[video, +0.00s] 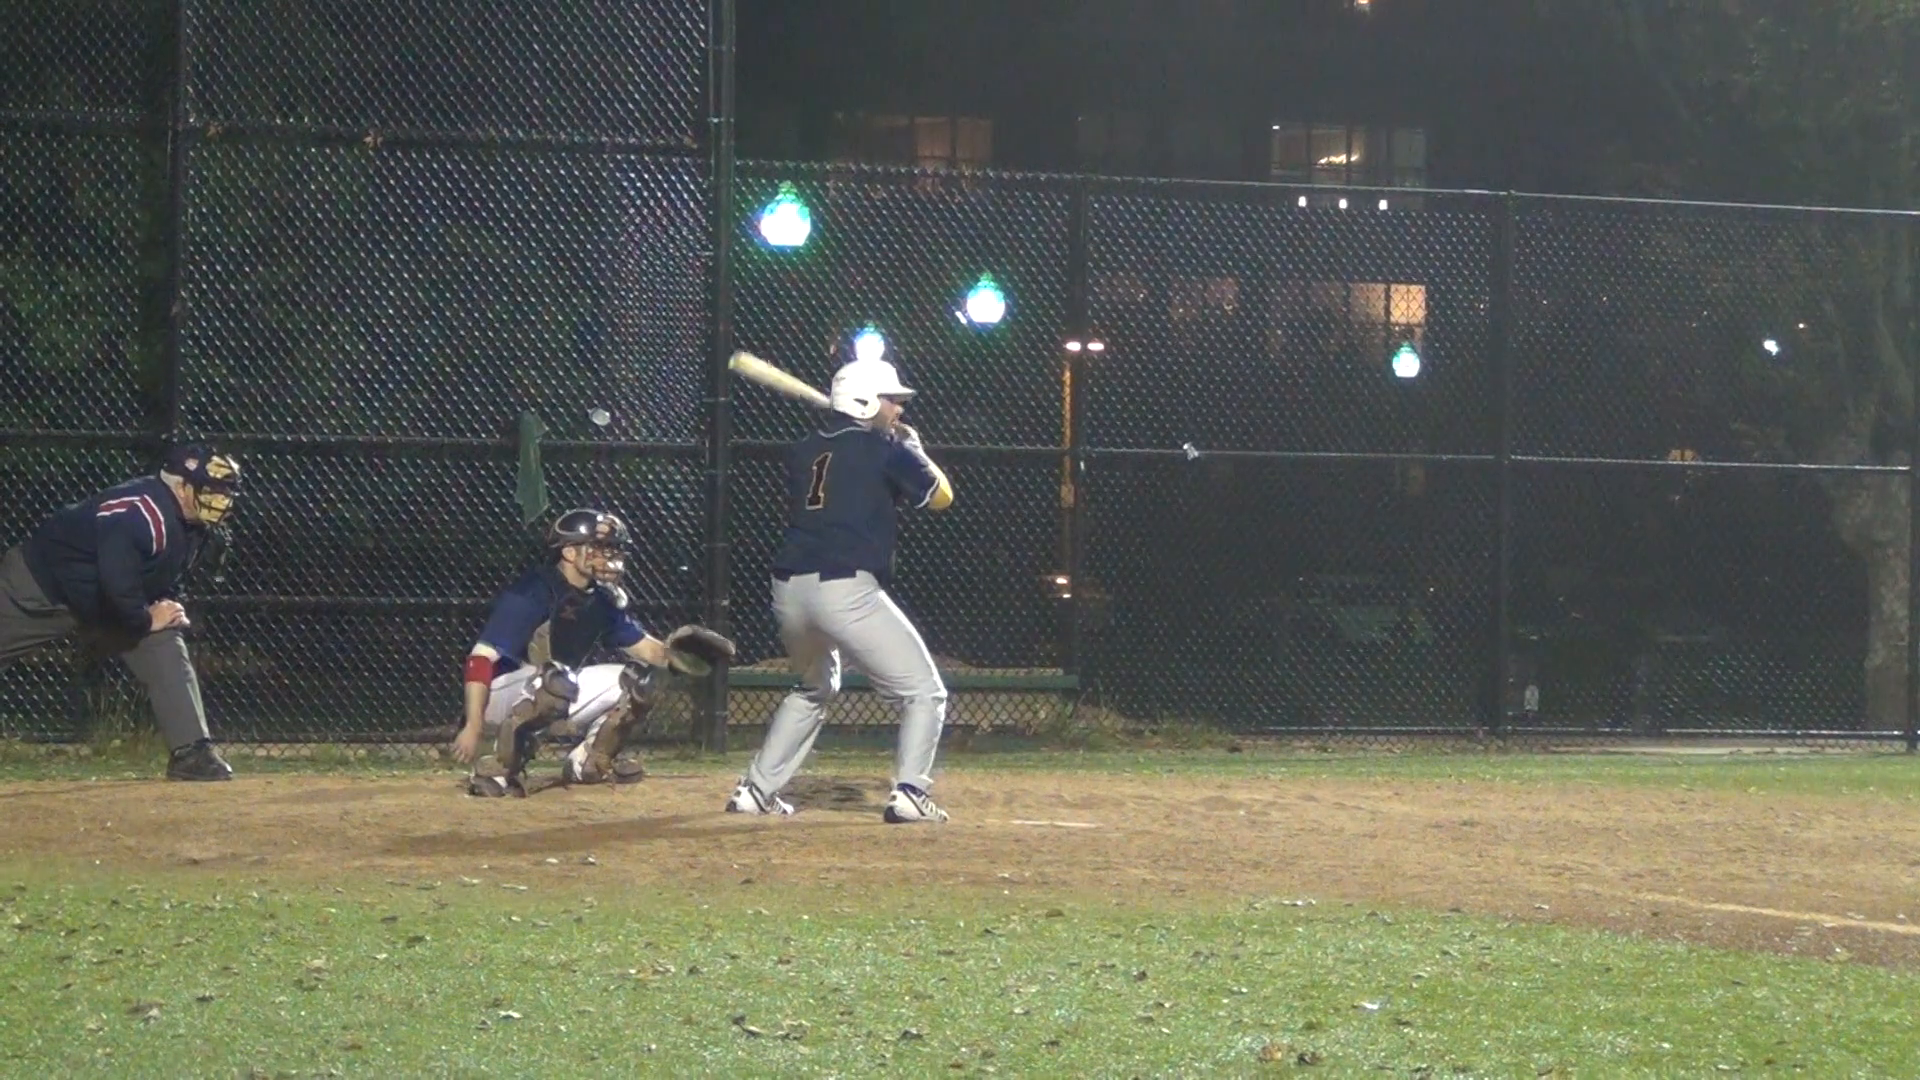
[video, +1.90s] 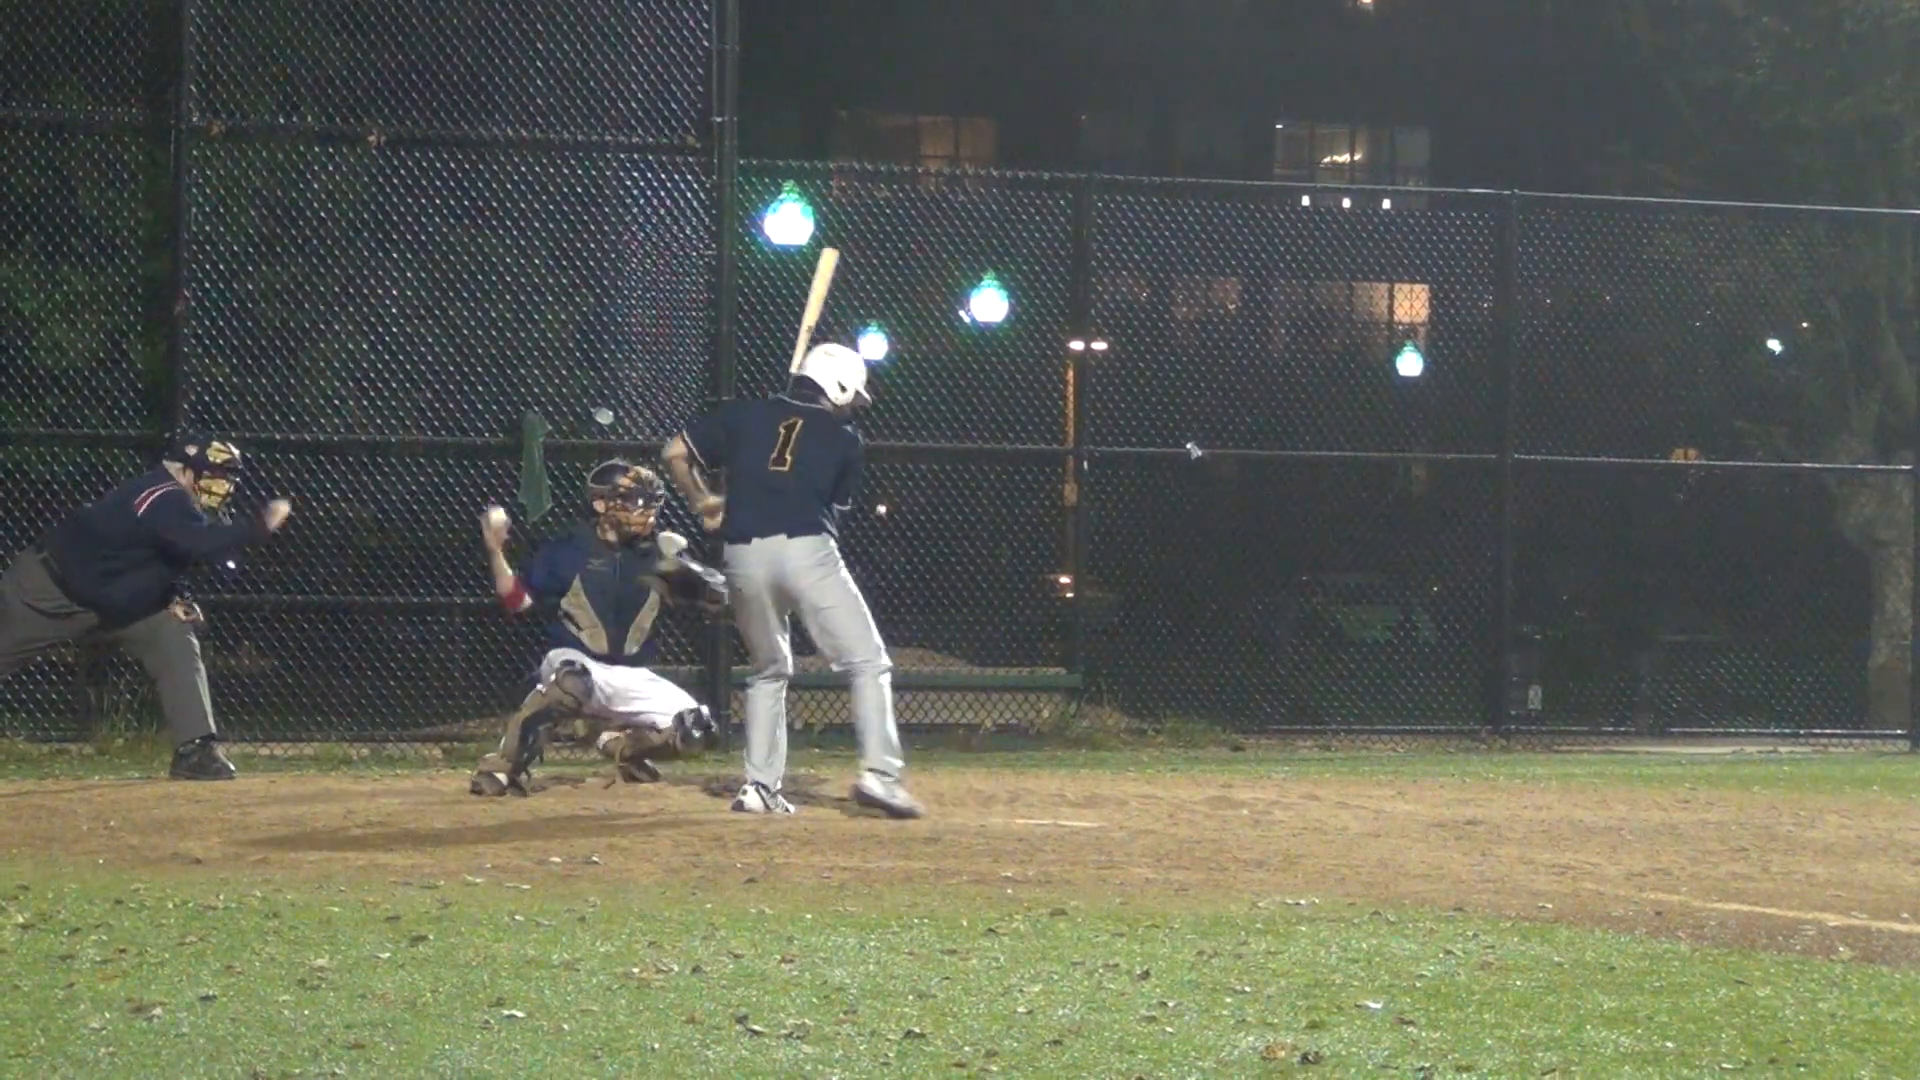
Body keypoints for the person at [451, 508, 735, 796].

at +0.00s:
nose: (610, 557)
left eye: (611, 549)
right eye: (601, 549)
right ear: (570, 553)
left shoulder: (602, 598)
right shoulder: (532, 592)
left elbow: (641, 646)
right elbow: (481, 657)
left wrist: (685, 654)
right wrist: (472, 724)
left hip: (558, 694)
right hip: (500, 693)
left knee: (636, 683)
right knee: (556, 681)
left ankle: (588, 765)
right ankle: (497, 773)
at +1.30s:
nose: (620, 563)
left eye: (623, 555)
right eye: (610, 554)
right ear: (582, 554)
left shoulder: (618, 600)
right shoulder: (545, 589)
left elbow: (647, 645)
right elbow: (482, 647)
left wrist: (682, 657)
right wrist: (487, 710)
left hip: (568, 692)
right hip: (505, 692)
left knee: (648, 692)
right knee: (562, 687)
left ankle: (594, 765)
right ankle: (496, 769)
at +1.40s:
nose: (622, 552)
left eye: (625, 545)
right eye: (612, 544)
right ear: (582, 545)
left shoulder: (621, 596)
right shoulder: (541, 584)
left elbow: (645, 649)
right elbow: (490, 642)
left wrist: (667, 659)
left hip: (575, 691)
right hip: (514, 690)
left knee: (651, 697)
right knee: (565, 691)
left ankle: (591, 764)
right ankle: (500, 771)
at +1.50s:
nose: (621, 539)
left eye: (624, 532)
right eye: (610, 530)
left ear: (631, 536)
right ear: (581, 534)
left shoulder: (621, 584)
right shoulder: (542, 580)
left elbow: (655, 652)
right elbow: (501, 645)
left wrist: (637, 626)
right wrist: (555, 638)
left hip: (579, 681)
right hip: (515, 679)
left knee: (657, 695)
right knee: (569, 690)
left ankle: (593, 761)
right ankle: (501, 770)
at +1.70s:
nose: (625, 521)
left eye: (629, 513)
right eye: (613, 511)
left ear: (637, 518)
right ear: (585, 515)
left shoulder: (639, 566)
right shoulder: (551, 564)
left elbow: (667, 638)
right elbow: (522, 641)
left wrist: (639, 606)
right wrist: (548, 611)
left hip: (600, 676)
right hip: (540, 668)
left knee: (678, 707)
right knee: (569, 685)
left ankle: (608, 752)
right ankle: (500, 767)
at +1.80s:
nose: (629, 515)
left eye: (635, 507)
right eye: (618, 505)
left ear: (645, 512)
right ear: (590, 508)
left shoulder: (647, 557)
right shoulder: (567, 551)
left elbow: (692, 620)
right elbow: (523, 628)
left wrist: (667, 583)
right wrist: (520, 590)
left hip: (615, 672)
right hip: (559, 660)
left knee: (688, 717)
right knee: (571, 683)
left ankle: (620, 749)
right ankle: (501, 767)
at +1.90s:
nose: (640, 510)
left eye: (645, 502)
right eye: (628, 501)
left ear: (654, 505)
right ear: (600, 505)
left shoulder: (658, 554)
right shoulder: (570, 550)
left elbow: (716, 599)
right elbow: (518, 602)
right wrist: (496, 551)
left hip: (632, 673)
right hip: (575, 662)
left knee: (696, 725)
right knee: (571, 682)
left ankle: (626, 749)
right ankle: (502, 765)